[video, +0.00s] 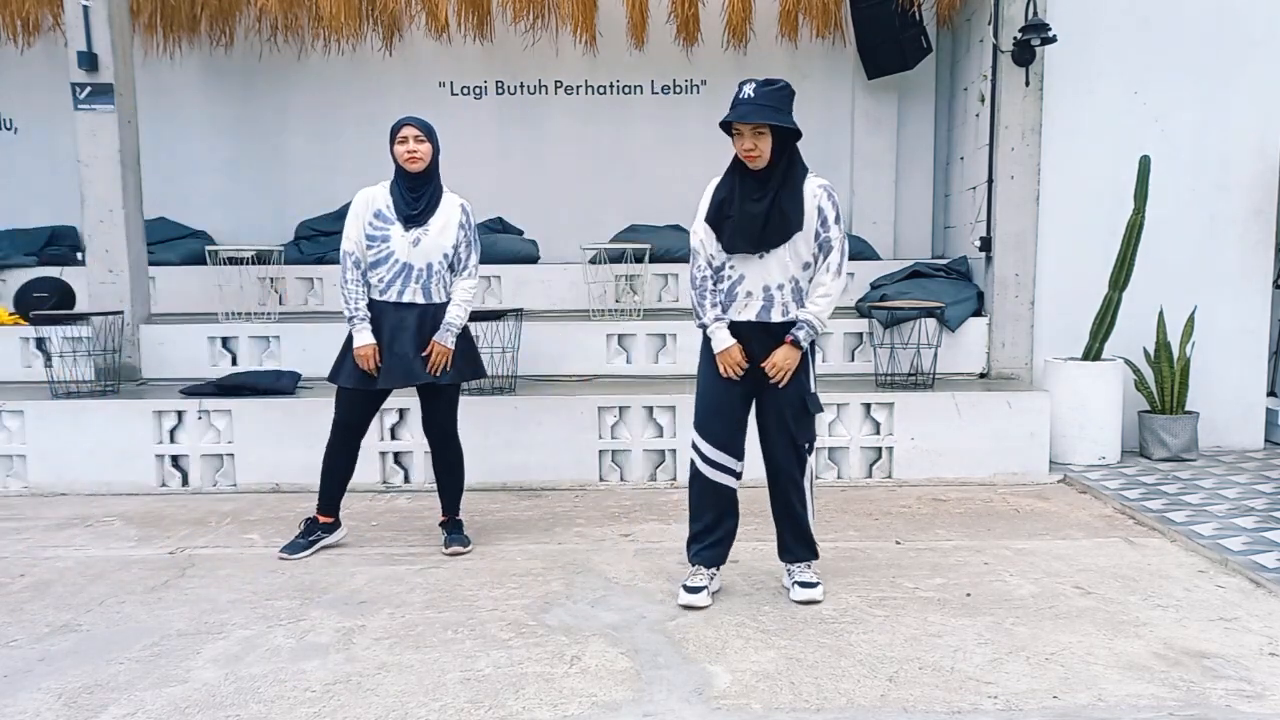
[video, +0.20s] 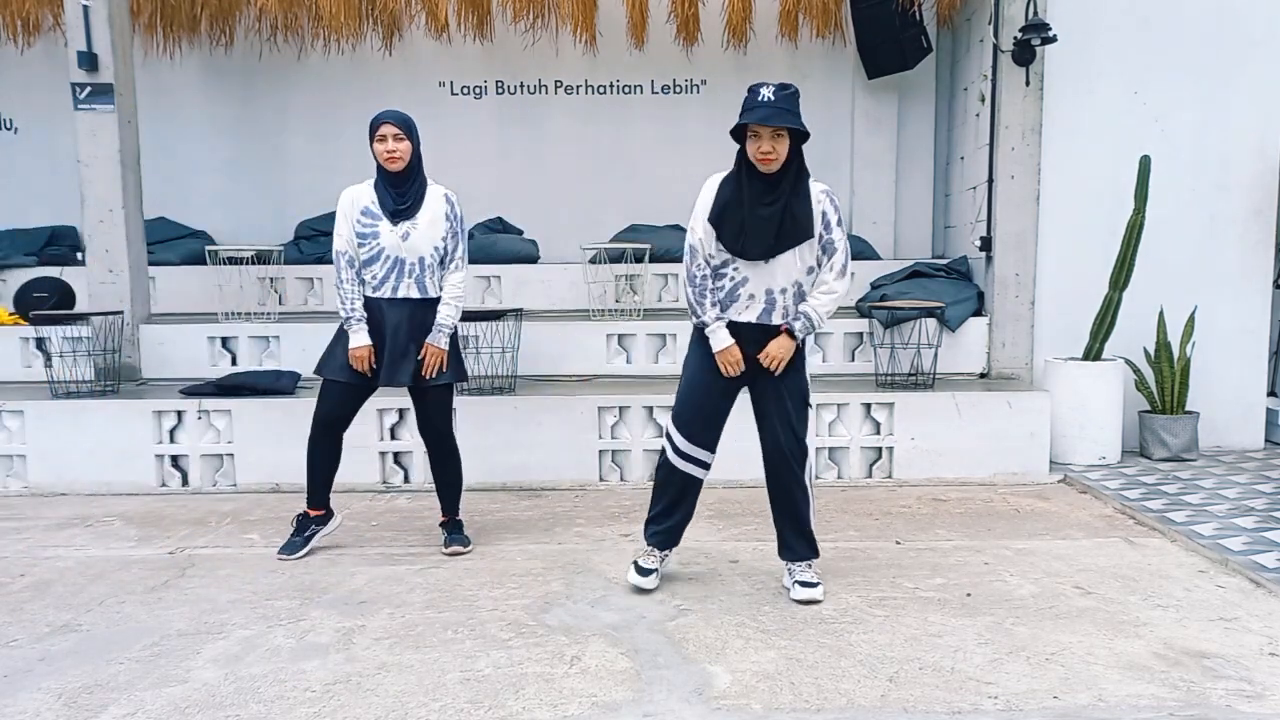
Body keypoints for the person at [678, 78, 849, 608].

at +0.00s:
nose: (746, 145)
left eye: (757, 135)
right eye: (739, 134)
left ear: (782, 135)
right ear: (730, 136)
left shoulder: (815, 194)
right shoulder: (717, 191)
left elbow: (833, 273)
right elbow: (700, 270)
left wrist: (798, 341)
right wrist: (719, 334)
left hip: (788, 342)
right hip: (725, 339)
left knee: (788, 458)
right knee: (712, 454)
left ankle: (799, 562)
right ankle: (703, 564)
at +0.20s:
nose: (765, 147)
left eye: (776, 137)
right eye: (756, 136)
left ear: (794, 139)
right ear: (742, 138)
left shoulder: (818, 199)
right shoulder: (717, 192)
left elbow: (836, 276)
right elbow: (696, 270)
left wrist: (795, 332)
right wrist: (717, 333)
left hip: (783, 339)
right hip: (719, 334)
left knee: (787, 452)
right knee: (686, 441)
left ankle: (800, 561)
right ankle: (657, 544)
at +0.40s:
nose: (751, 201)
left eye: (762, 190)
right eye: (741, 190)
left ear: (778, 194)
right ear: (726, 194)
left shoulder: (798, 252)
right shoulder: (700, 245)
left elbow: (808, 327)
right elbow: (671, 321)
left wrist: (767, 372)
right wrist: (693, 384)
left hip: (760, 378)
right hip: (691, 374)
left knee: (790, 462)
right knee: (640, 461)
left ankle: (799, 564)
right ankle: (591, 541)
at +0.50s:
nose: (711, 223)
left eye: (721, 212)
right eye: (700, 212)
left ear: (737, 214)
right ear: (687, 216)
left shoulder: (759, 267)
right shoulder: (664, 267)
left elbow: (782, 335)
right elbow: (642, 339)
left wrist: (739, 384)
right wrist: (670, 399)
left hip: (738, 392)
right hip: (671, 391)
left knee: (776, 465)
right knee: (620, 461)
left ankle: (799, 564)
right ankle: (583, 548)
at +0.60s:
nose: (658, 220)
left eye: (668, 209)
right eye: (648, 210)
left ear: (684, 211)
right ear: (634, 213)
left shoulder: (712, 255)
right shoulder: (616, 267)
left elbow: (747, 322)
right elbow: (612, 343)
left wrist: (714, 383)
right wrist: (647, 398)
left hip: (714, 387)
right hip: (647, 391)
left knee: (756, 462)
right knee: (600, 465)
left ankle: (796, 562)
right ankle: (584, 549)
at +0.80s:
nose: (599, 175)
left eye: (609, 164)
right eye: (589, 164)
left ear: (624, 165)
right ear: (574, 166)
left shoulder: (656, 207)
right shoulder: (566, 232)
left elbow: (691, 273)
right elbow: (573, 309)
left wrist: (683, 345)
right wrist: (608, 359)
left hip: (676, 346)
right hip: (613, 356)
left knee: (733, 441)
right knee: (588, 455)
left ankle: (797, 534)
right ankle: (581, 548)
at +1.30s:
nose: (617, 204)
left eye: (628, 194)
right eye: (608, 193)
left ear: (643, 194)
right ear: (593, 192)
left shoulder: (671, 230)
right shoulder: (573, 248)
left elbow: (727, 274)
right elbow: (552, 317)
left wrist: (721, 339)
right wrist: (579, 367)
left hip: (685, 362)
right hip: (616, 371)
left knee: (741, 440)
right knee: (582, 457)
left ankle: (790, 538)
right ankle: (582, 547)